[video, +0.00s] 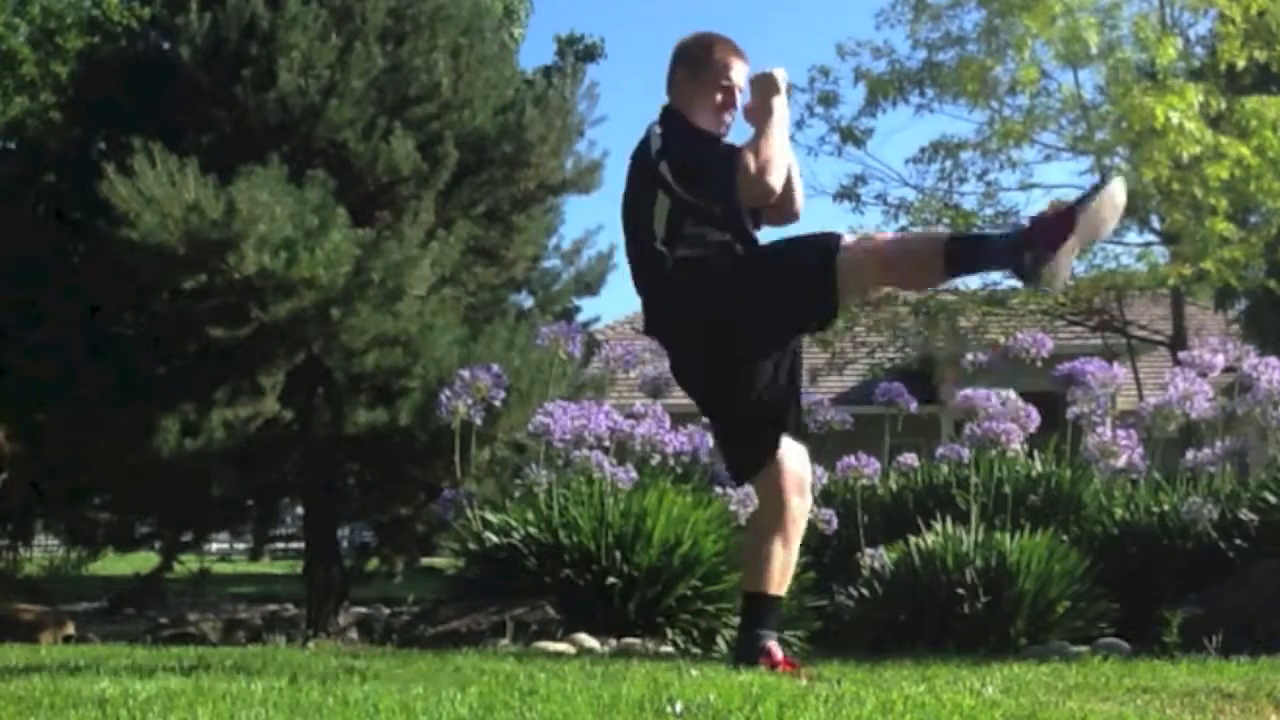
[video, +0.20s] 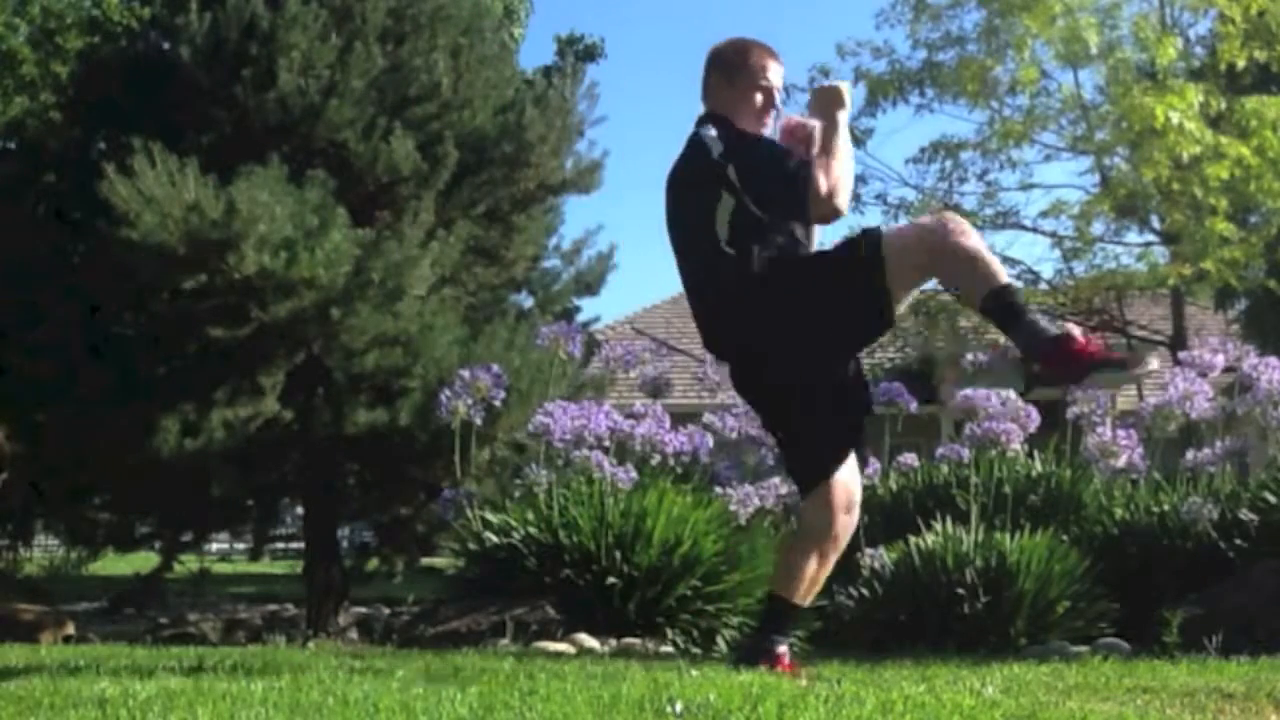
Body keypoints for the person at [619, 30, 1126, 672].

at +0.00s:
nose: (735, 101)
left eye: (738, 91)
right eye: (728, 87)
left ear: (718, 95)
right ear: (695, 83)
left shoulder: (702, 156)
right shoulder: (672, 143)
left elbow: (784, 210)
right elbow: (760, 179)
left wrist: (773, 127)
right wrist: (773, 109)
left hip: (706, 340)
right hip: (720, 299)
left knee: (787, 486)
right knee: (874, 259)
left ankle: (756, 644)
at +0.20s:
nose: (777, 102)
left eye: (777, 92)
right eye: (769, 89)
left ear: (720, 92)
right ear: (734, 88)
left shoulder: (711, 158)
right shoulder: (729, 146)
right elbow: (828, 200)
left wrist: (805, 148)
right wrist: (835, 121)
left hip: (769, 352)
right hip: (790, 312)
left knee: (833, 512)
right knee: (943, 237)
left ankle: (765, 644)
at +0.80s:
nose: (940, 56)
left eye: (946, 44)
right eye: (924, 41)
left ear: (947, 49)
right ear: (879, 42)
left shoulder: (868, 111)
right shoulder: (883, 112)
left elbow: (954, 200)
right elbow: (958, 188)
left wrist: (964, 118)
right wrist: (984, 113)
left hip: (872, 324)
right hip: (911, 319)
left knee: (905, 504)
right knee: (986, 484)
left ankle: (786, 633)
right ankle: (985, 665)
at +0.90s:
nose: (938, 50)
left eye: (943, 39)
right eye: (922, 34)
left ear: (945, 44)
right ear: (876, 37)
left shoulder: (857, 110)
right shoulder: (888, 110)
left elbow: (949, 187)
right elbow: (973, 182)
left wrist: (959, 118)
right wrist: (994, 106)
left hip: (876, 320)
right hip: (918, 315)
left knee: (933, 497)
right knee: (987, 484)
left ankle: (806, 619)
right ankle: (984, 662)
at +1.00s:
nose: (928, 57)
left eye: (933, 47)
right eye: (914, 42)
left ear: (935, 53)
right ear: (868, 42)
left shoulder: (846, 119)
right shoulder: (879, 117)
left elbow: (927, 199)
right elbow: (970, 189)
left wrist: (949, 133)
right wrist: (991, 111)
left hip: (873, 331)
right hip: (915, 323)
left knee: (941, 501)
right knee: (1002, 487)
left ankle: (815, 614)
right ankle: (987, 663)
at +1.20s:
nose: (883, 84)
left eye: (888, 74)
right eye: (872, 69)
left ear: (879, 83)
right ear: (827, 68)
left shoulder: (822, 139)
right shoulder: (830, 135)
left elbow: (894, 236)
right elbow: (898, 214)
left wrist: (913, 156)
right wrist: (927, 141)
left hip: (843, 347)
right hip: (871, 342)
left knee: (909, 521)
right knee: (965, 492)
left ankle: (789, 634)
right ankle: (985, 665)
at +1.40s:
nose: (832, 65)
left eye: (837, 56)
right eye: (819, 51)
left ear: (838, 68)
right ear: (776, 54)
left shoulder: (817, 140)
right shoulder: (750, 119)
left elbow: (871, 230)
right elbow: (797, 179)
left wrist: (874, 146)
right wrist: (851, 114)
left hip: (825, 331)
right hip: (779, 327)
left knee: (830, 495)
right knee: (863, 466)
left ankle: (767, 644)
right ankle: (888, 648)